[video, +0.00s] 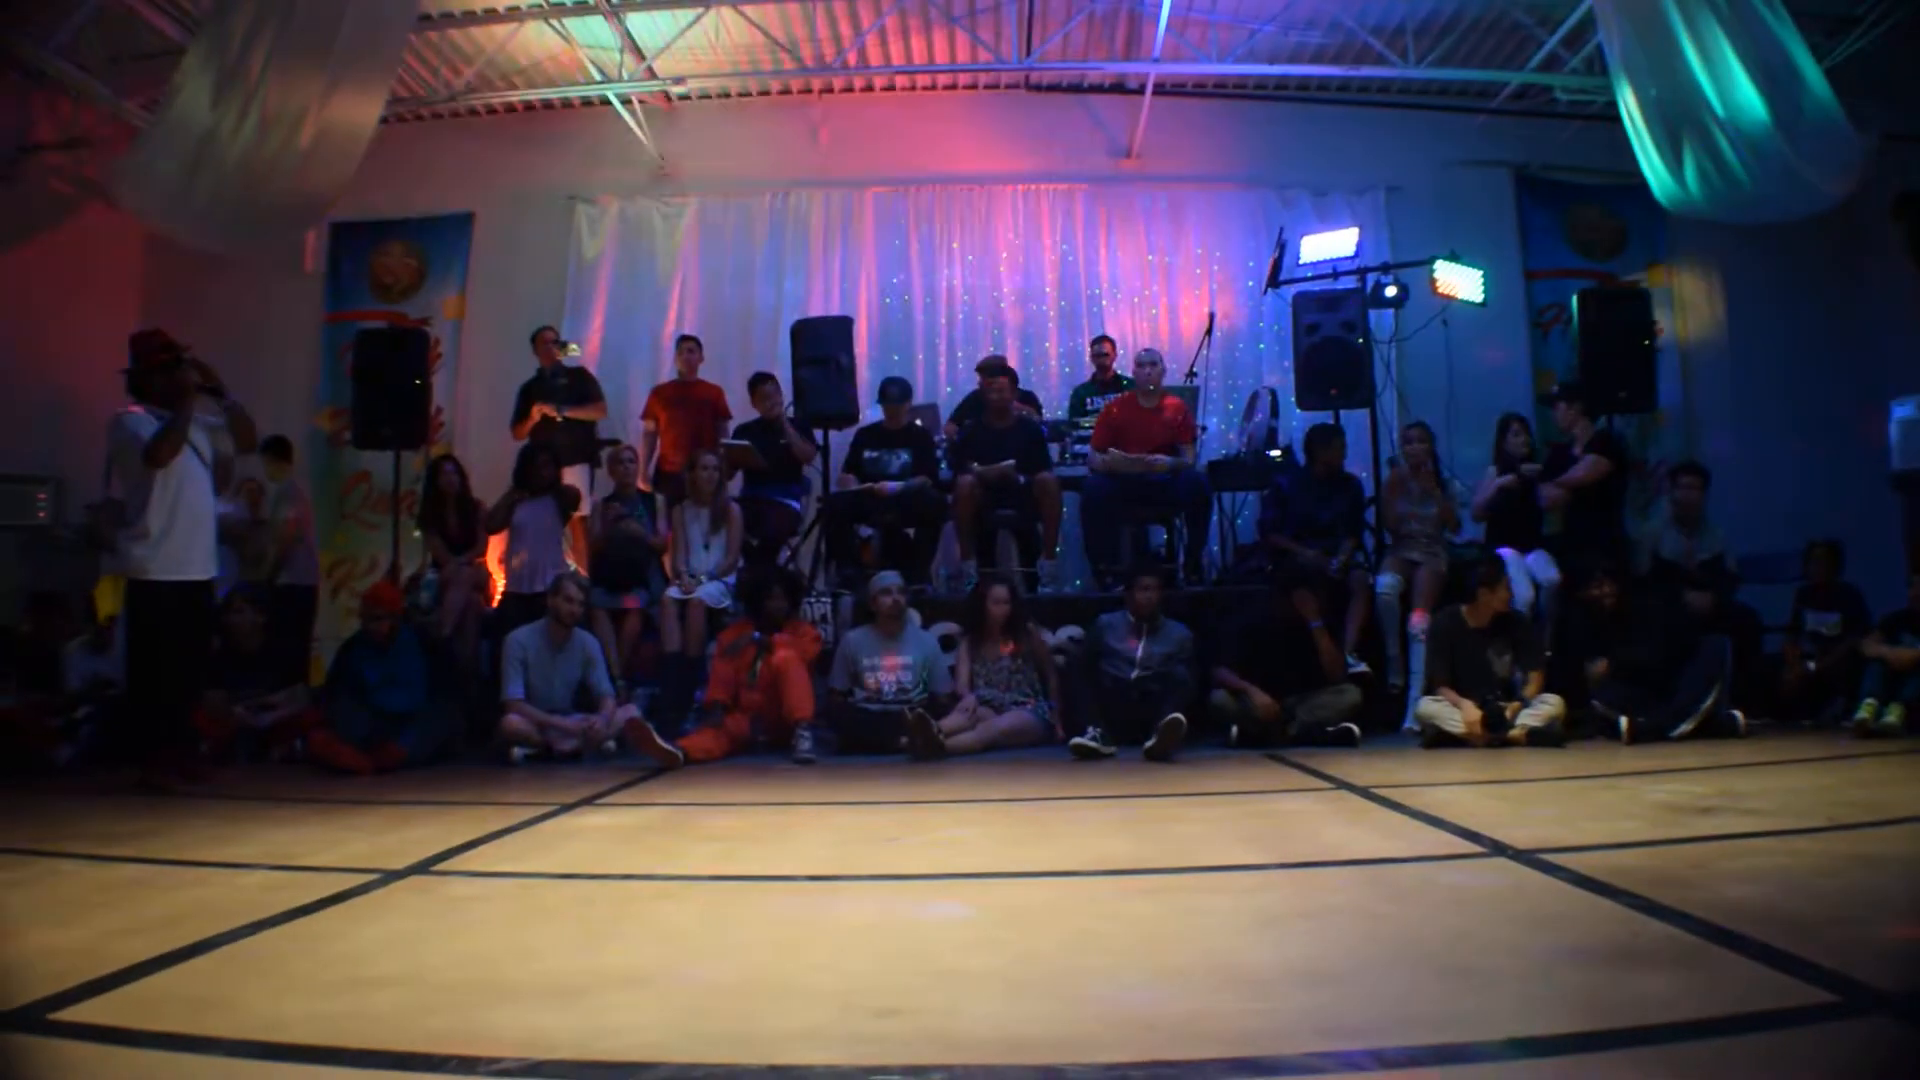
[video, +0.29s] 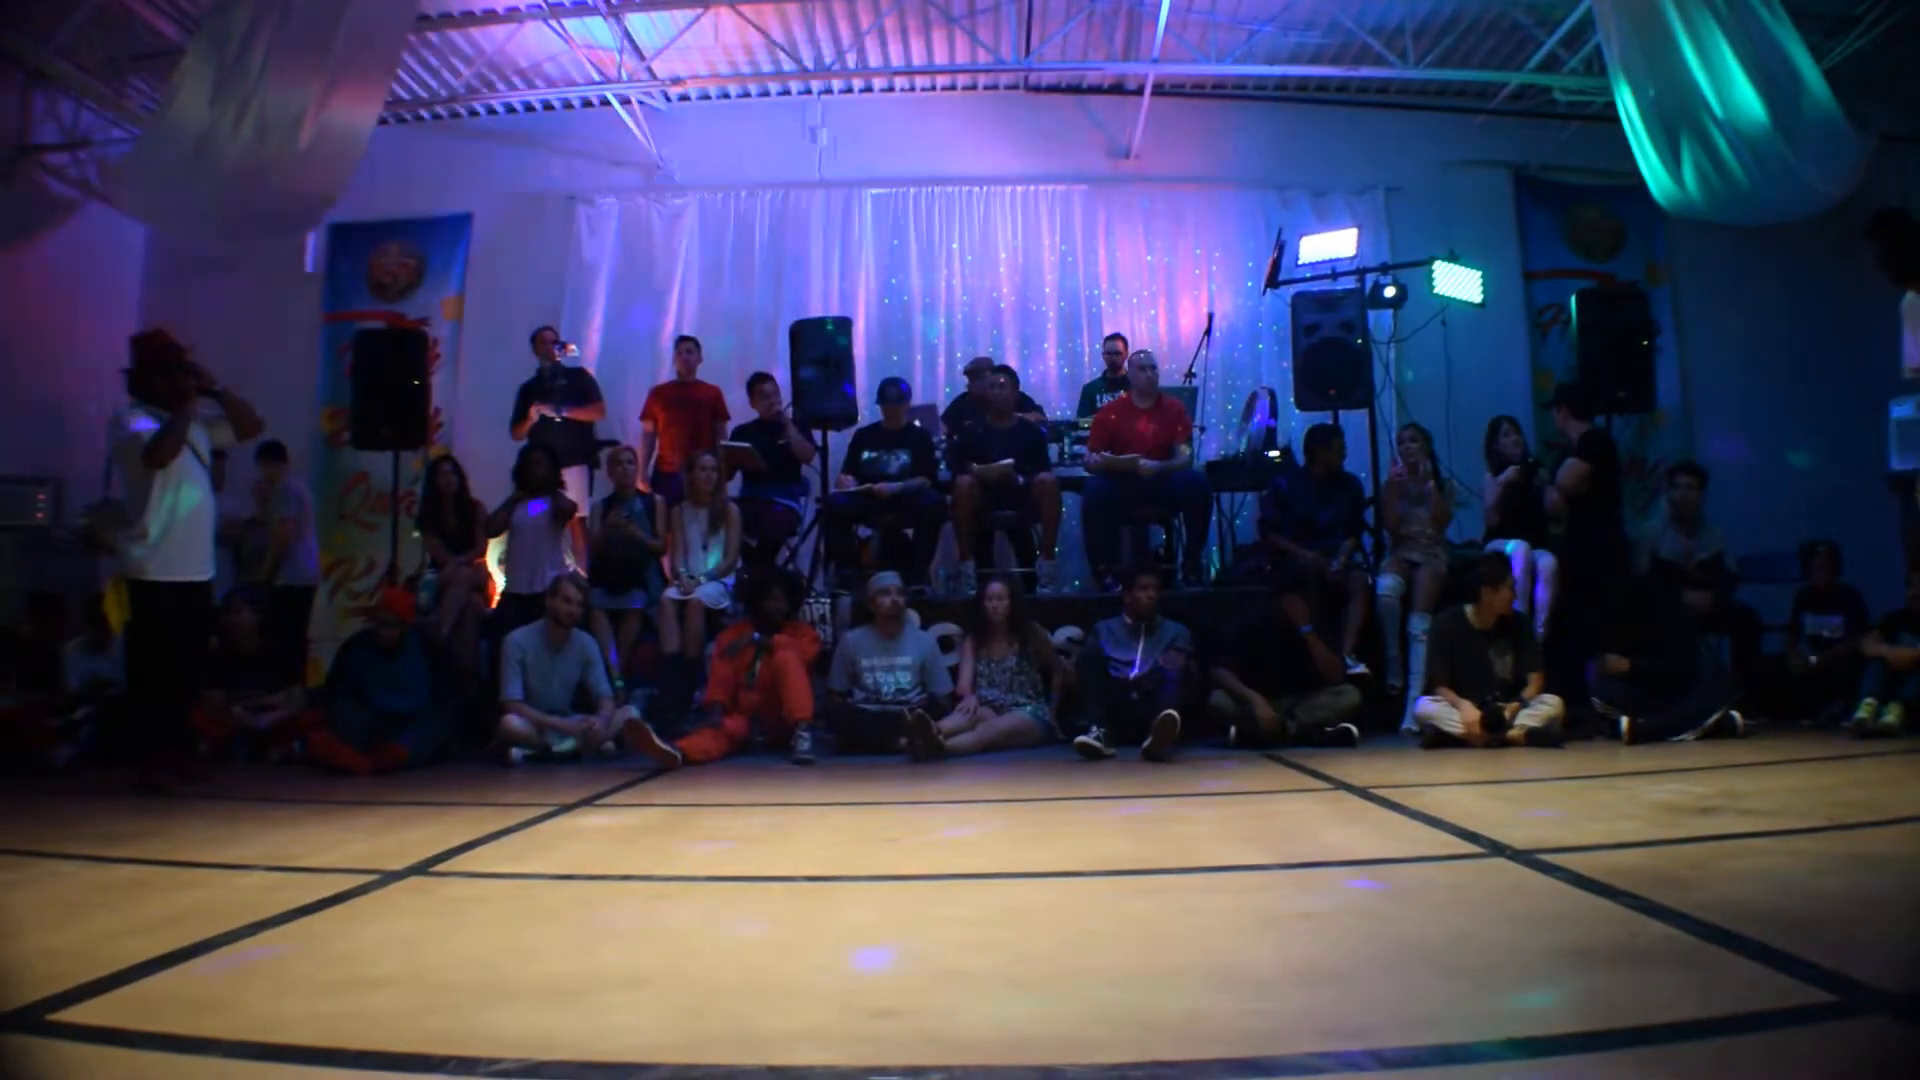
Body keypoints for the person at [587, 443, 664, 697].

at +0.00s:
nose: (627, 468)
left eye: (631, 462)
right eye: (620, 462)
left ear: (638, 467)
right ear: (610, 470)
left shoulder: (653, 501)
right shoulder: (602, 505)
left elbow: (661, 542)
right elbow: (594, 544)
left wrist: (637, 532)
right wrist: (610, 524)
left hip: (642, 573)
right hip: (608, 574)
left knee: (633, 605)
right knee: (597, 607)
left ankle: (618, 672)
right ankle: (615, 676)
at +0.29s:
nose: (625, 469)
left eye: (630, 463)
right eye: (618, 464)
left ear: (638, 469)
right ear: (609, 471)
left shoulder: (654, 502)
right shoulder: (600, 506)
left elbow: (660, 544)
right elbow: (594, 545)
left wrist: (636, 534)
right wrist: (609, 528)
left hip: (640, 569)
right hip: (607, 570)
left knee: (634, 604)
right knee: (596, 603)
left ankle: (617, 670)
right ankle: (613, 672)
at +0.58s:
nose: (621, 470)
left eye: (627, 464)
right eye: (615, 465)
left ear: (635, 470)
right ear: (607, 471)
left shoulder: (652, 504)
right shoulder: (598, 506)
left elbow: (661, 547)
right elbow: (592, 541)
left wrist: (639, 541)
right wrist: (606, 506)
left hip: (638, 577)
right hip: (604, 576)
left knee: (634, 607)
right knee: (595, 609)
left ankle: (615, 673)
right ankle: (613, 679)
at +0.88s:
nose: (618, 472)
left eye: (623, 466)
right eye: (612, 467)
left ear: (631, 471)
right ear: (603, 474)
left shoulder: (648, 504)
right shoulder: (596, 504)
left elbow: (658, 548)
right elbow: (588, 538)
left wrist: (636, 544)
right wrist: (598, 493)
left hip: (635, 573)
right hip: (602, 573)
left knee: (629, 608)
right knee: (591, 610)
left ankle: (610, 674)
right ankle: (609, 681)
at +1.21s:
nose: (615, 469)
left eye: (620, 464)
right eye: (609, 464)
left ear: (629, 471)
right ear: (602, 473)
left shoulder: (647, 505)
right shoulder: (596, 505)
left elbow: (656, 548)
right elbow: (590, 532)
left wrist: (635, 557)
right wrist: (595, 495)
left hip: (633, 575)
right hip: (601, 573)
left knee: (628, 610)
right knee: (590, 611)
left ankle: (609, 673)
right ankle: (608, 680)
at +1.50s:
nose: (611, 470)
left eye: (617, 465)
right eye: (608, 466)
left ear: (630, 472)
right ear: (603, 473)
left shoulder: (647, 505)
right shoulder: (596, 504)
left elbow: (656, 551)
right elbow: (589, 533)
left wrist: (630, 564)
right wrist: (598, 495)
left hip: (633, 575)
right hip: (600, 573)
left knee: (628, 609)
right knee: (590, 610)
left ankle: (610, 671)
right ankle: (607, 677)